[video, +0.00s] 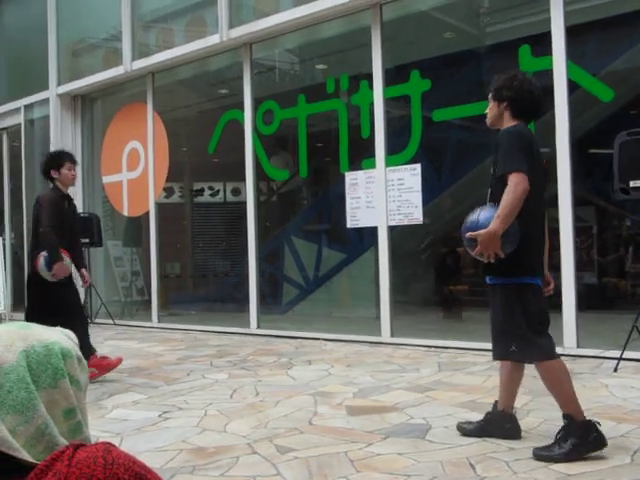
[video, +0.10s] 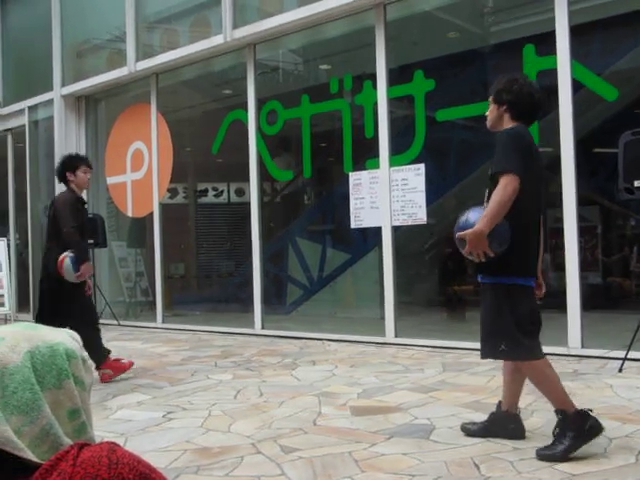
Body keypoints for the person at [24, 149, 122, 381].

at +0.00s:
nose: (74, 174)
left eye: (74, 169)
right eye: (69, 169)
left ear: (72, 172)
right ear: (54, 173)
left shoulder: (66, 200)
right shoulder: (48, 198)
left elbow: (73, 237)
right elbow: (46, 233)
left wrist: (81, 266)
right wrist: (57, 260)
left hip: (57, 267)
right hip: (49, 268)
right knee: (74, 313)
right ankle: (89, 357)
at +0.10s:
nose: (89, 177)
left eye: (89, 173)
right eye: (85, 172)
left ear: (77, 177)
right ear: (70, 175)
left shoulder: (75, 201)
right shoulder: (66, 200)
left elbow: (78, 238)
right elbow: (71, 234)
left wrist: (85, 276)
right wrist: (84, 261)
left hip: (65, 270)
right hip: (63, 270)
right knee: (86, 316)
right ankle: (103, 361)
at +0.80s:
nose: (127, 175)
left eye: (126, 171)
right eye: (125, 171)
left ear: (107, 176)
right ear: (118, 174)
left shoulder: (100, 202)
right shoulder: (125, 199)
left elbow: (106, 239)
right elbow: (146, 227)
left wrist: (134, 257)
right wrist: (165, 250)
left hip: (105, 272)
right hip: (126, 269)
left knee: (116, 316)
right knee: (150, 308)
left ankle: (115, 361)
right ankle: (172, 347)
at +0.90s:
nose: (129, 177)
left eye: (128, 172)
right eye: (127, 173)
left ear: (107, 177)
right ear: (121, 176)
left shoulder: (101, 203)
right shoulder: (129, 201)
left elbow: (107, 239)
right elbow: (147, 229)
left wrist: (137, 260)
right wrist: (166, 251)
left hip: (106, 270)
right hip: (128, 268)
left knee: (114, 313)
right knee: (145, 306)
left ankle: (114, 358)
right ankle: (161, 343)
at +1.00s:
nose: (131, 180)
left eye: (129, 176)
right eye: (129, 176)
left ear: (108, 181)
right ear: (124, 180)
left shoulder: (101, 207)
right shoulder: (131, 205)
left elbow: (105, 240)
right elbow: (151, 232)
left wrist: (135, 255)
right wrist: (168, 253)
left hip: (106, 271)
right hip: (129, 270)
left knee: (111, 313)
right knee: (141, 306)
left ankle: (113, 358)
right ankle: (144, 348)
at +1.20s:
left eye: (109, 177)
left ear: (110, 180)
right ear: (132, 180)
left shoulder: (100, 206)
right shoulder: (140, 207)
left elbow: (92, 240)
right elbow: (157, 236)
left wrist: (93, 267)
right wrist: (169, 259)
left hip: (105, 269)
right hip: (132, 270)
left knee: (109, 309)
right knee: (132, 309)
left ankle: (113, 343)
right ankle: (135, 350)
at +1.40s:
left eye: (113, 172)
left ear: (112, 175)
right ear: (133, 176)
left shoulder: (101, 203)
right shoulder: (140, 204)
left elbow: (94, 237)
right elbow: (153, 233)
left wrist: (97, 260)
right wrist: (161, 255)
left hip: (107, 267)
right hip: (133, 267)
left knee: (98, 305)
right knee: (131, 308)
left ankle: (110, 343)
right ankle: (133, 349)